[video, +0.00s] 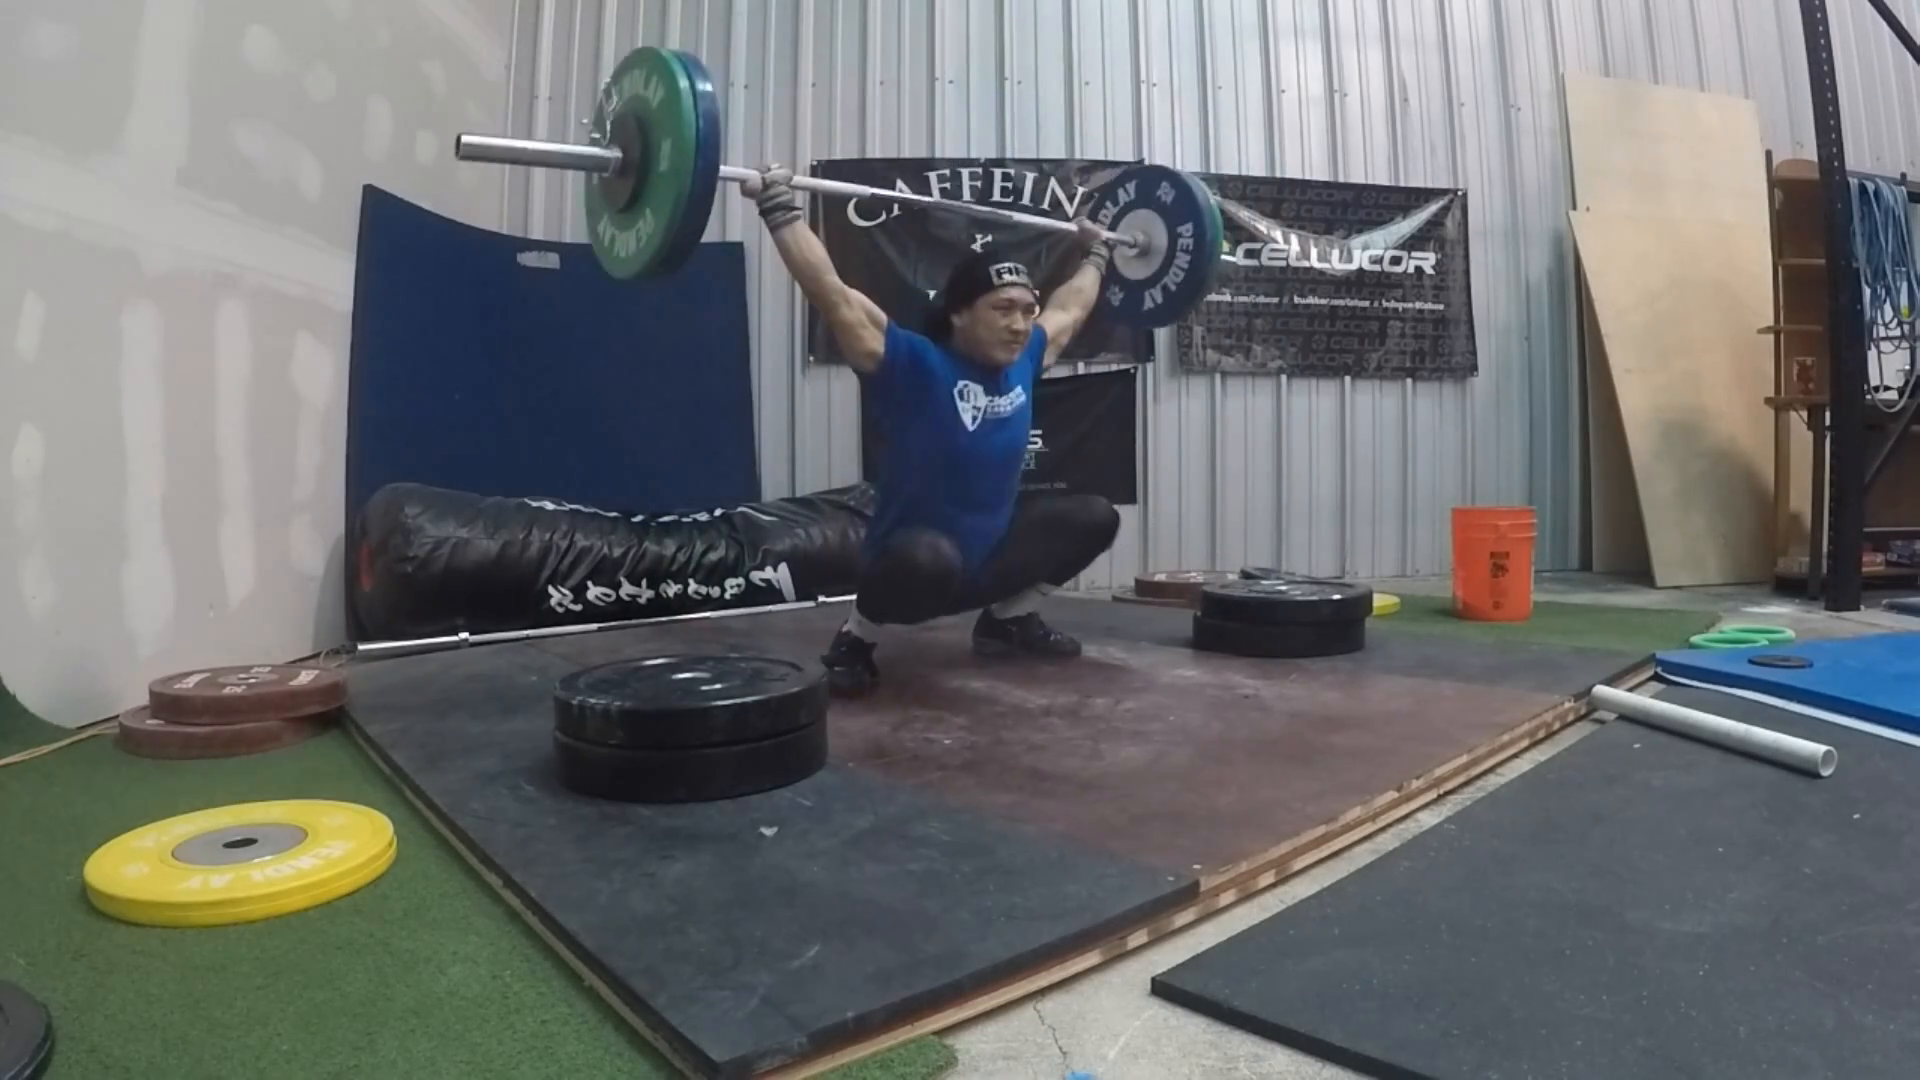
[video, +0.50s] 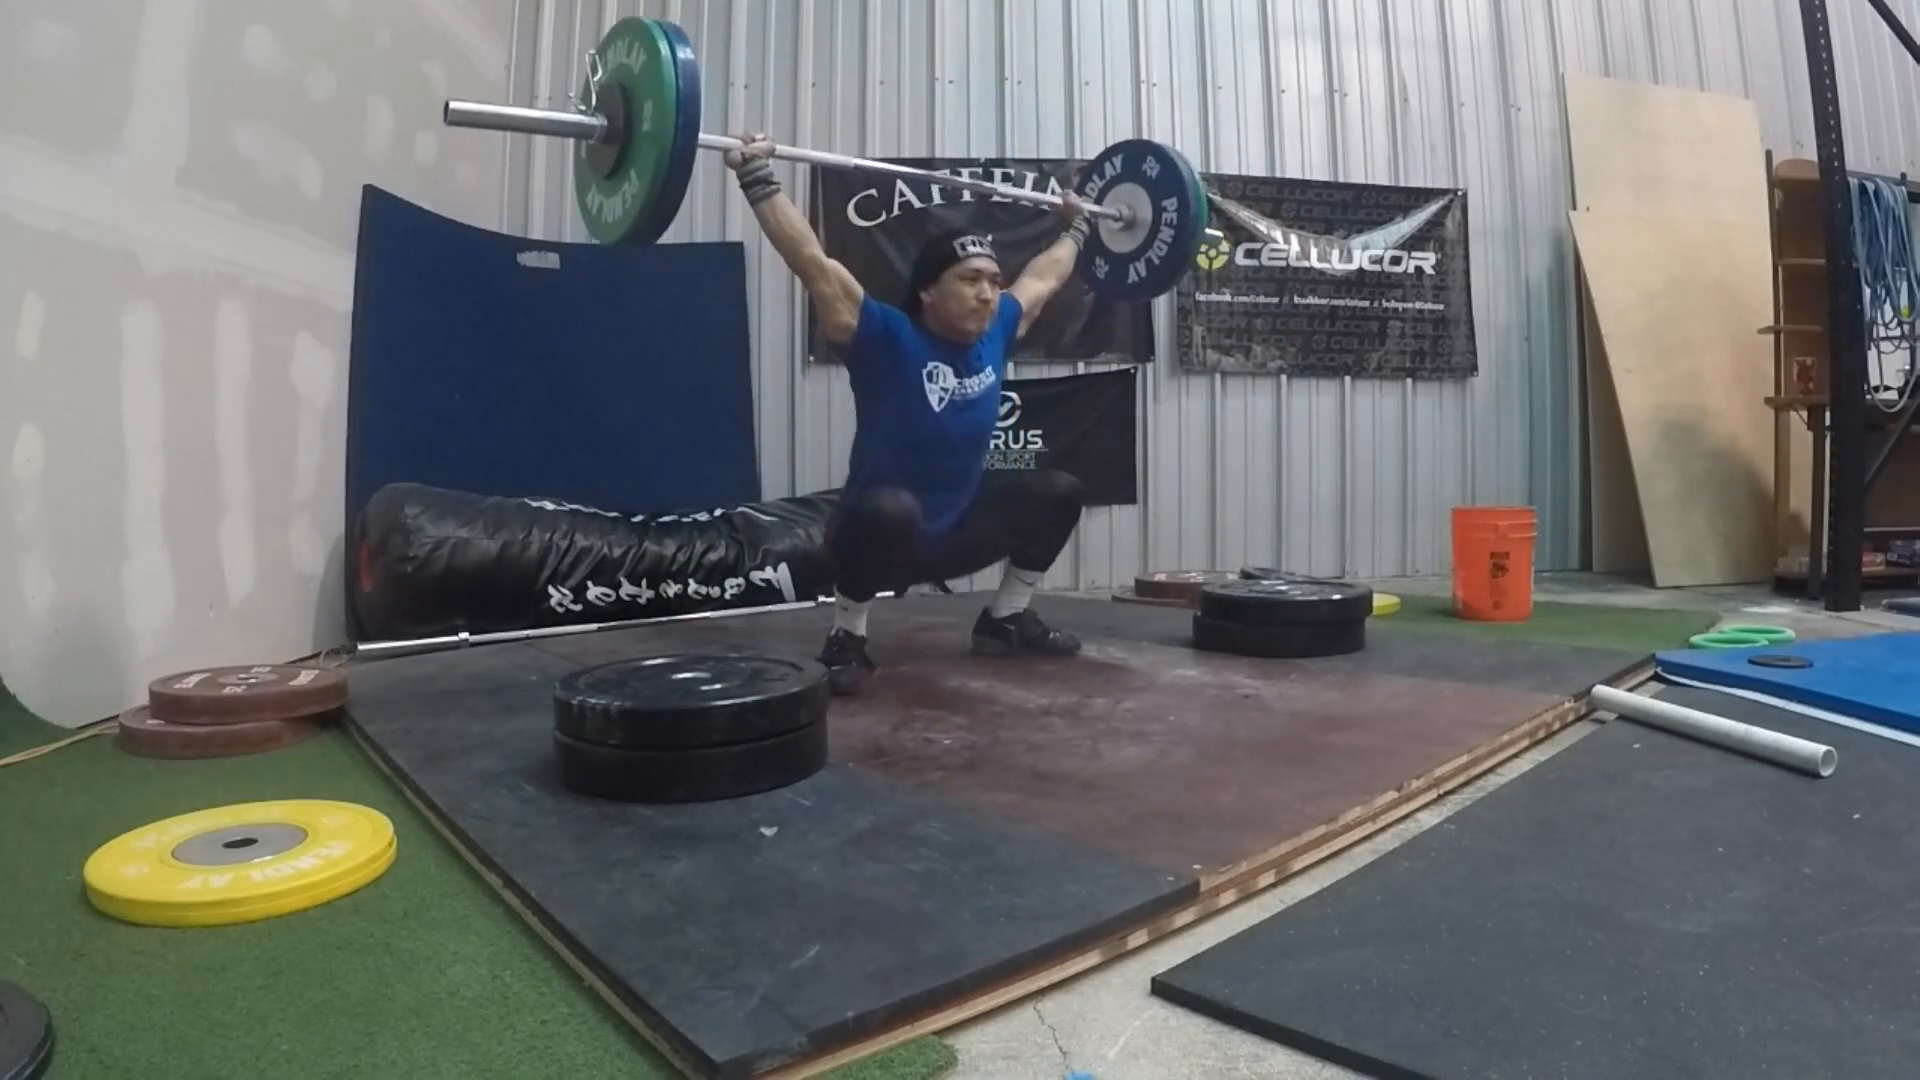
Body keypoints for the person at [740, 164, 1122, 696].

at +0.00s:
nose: (1020, 325)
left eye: (1027, 311)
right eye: (1004, 309)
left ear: (1033, 315)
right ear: (959, 315)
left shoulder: (1023, 359)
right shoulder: (911, 365)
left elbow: (1068, 309)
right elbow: (833, 297)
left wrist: (1095, 254)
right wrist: (780, 209)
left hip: (990, 560)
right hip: (912, 570)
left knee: (1093, 517)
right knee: (927, 555)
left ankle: (1006, 617)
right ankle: (856, 639)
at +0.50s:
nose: (986, 294)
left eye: (991, 283)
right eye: (970, 280)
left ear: (998, 293)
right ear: (927, 295)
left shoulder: (993, 335)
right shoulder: (881, 337)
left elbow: (1042, 279)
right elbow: (815, 267)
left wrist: (1075, 228)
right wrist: (757, 179)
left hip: (957, 535)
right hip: (883, 538)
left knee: (1058, 494)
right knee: (888, 507)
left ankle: (1005, 617)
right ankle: (847, 636)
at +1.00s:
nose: (998, 194)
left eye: (1001, 184)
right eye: (982, 182)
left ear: (1006, 200)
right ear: (938, 197)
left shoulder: (1006, 247)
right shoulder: (890, 244)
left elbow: (1052, 192)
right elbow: (820, 171)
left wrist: (1080, 148)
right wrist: (759, 87)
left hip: (954, 446)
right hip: (871, 439)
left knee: (1057, 487)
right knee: (895, 493)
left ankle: (1006, 616)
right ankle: (846, 633)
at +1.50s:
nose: (953, 68)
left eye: (959, 57)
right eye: (939, 52)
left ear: (962, 69)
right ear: (895, 60)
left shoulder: (959, 124)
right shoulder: (848, 112)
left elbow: (1011, 80)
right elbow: (775, 32)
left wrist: (1042, 40)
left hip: (917, 353)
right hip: (839, 345)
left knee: (981, 472)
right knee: (853, 475)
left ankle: (1001, 617)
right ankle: (827, 634)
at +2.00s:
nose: (891, 64)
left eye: (897, 53)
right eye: (879, 50)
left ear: (900, 61)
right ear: (836, 52)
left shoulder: (907, 113)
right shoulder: (797, 110)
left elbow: (970, 69)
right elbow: (731, 34)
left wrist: (1015, 23)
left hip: (900, 327)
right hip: (828, 328)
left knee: (897, 469)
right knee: (831, 463)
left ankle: (878, 613)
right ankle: (826, 629)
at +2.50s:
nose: (805, 122)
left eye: (811, 112)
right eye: (793, 110)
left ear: (815, 116)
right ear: (753, 112)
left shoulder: (821, 185)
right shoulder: (716, 176)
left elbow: (839, 268)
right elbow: (694, 257)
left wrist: (876, 337)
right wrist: (749, 307)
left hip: (813, 361)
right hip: (742, 362)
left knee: (835, 476)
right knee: (738, 483)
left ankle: (868, 609)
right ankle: (686, 586)